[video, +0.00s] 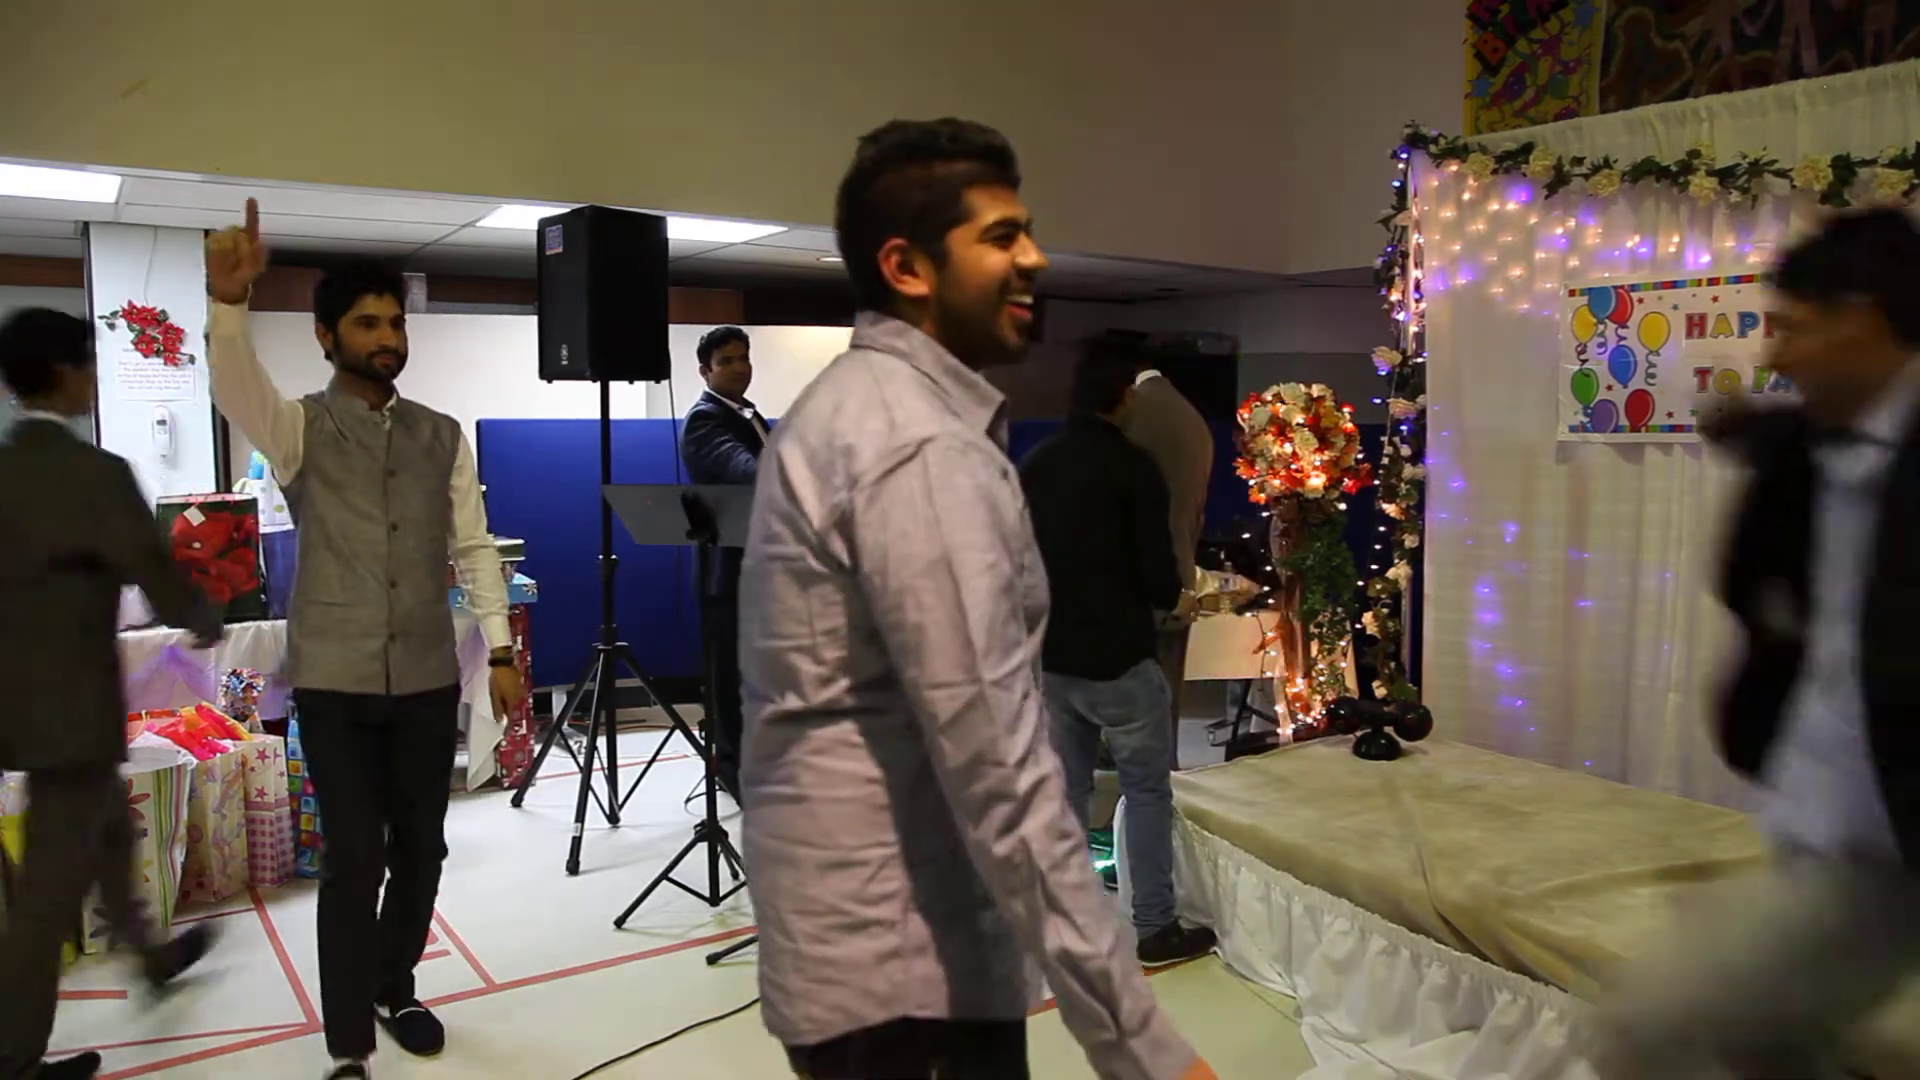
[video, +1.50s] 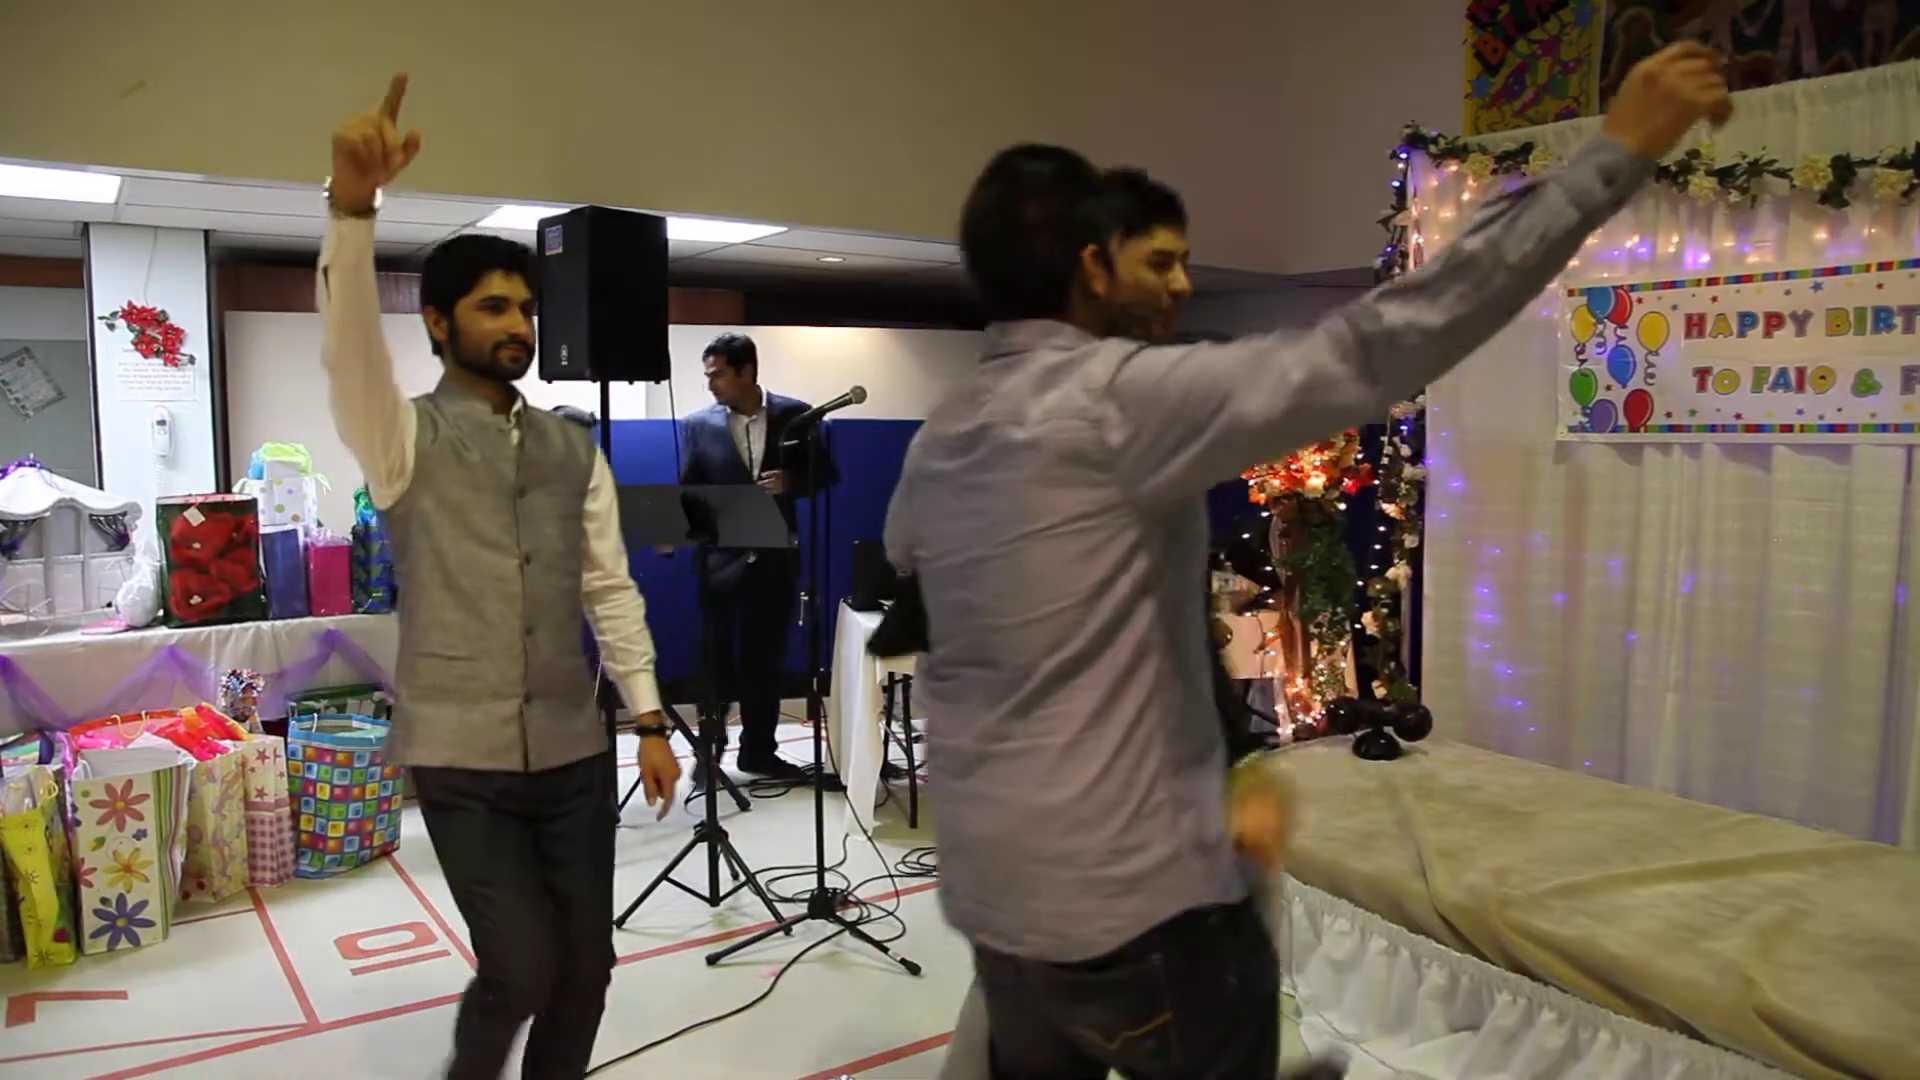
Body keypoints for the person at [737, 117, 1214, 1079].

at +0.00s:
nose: (1038, 262)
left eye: (1030, 236)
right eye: (1003, 236)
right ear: (906, 267)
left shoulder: (844, 404)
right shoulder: (915, 434)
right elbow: (1000, 767)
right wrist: (1141, 1040)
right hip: (906, 952)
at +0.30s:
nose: (1041, 257)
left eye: (1032, 229)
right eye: (1003, 231)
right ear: (899, 264)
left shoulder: (850, 396)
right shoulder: (911, 436)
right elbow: (1042, 747)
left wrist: (1001, 934)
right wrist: (1241, 1036)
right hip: (896, 944)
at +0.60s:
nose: (1070, 276)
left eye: (1061, 248)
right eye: (1046, 249)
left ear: (958, 271)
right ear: (958, 271)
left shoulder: (864, 422)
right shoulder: (933, 455)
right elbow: (1122, 715)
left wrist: (1196, 680)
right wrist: (1445, 936)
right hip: (919, 954)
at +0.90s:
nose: (1065, 270)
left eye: (1059, 243)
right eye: (1055, 243)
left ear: (913, 267)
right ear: (1017, 255)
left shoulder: (885, 402)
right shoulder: (967, 420)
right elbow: (1205, 560)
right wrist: (1581, 601)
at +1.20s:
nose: (1072, 258)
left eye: (1062, 235)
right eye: (1064, 236)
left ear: (921, 269)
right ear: (1039, 255)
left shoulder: (894, 412)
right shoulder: (1026, 413)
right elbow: (1292, 392)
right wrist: (1620, 239)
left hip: (926, 893)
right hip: (1036, 910)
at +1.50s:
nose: (1166, 284)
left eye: (1166, 260)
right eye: (1147, 259)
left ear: (998, 279)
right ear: (1088, 267)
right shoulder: (1115, 400)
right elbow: (1374, 348)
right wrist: (1616, 152)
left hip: (1003, 910)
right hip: (1138, 910)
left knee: (1035, 1068)